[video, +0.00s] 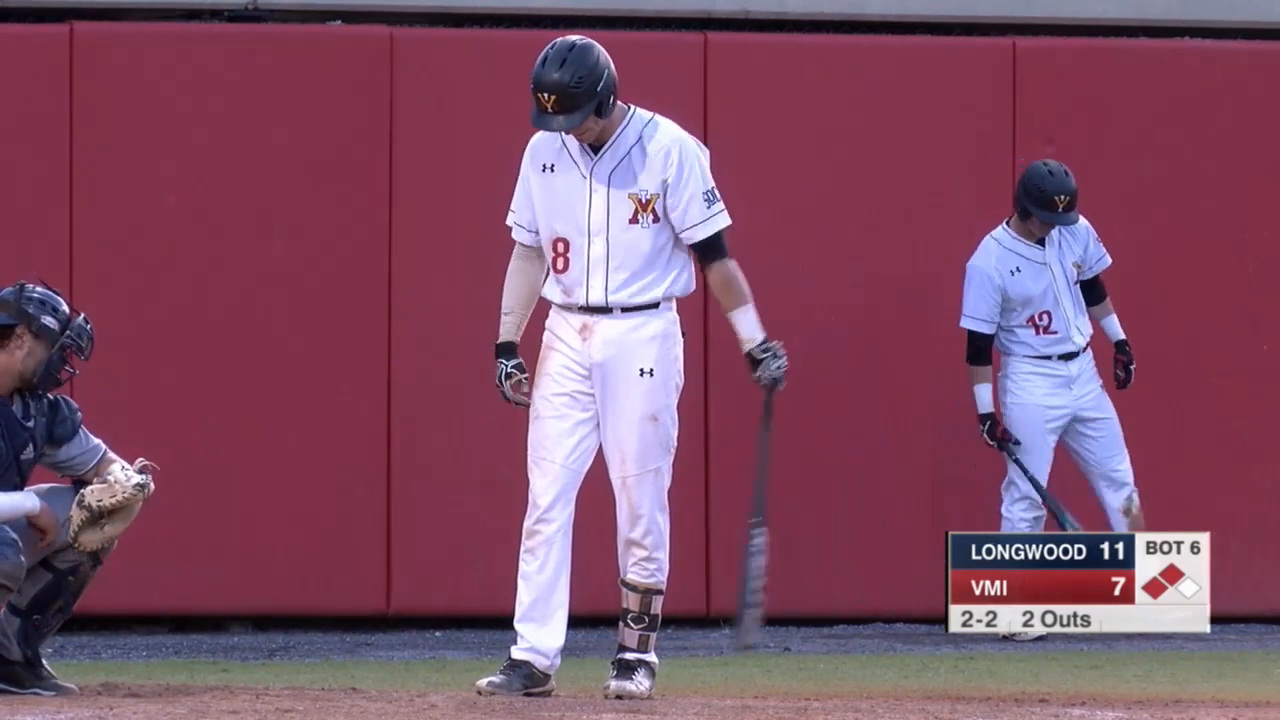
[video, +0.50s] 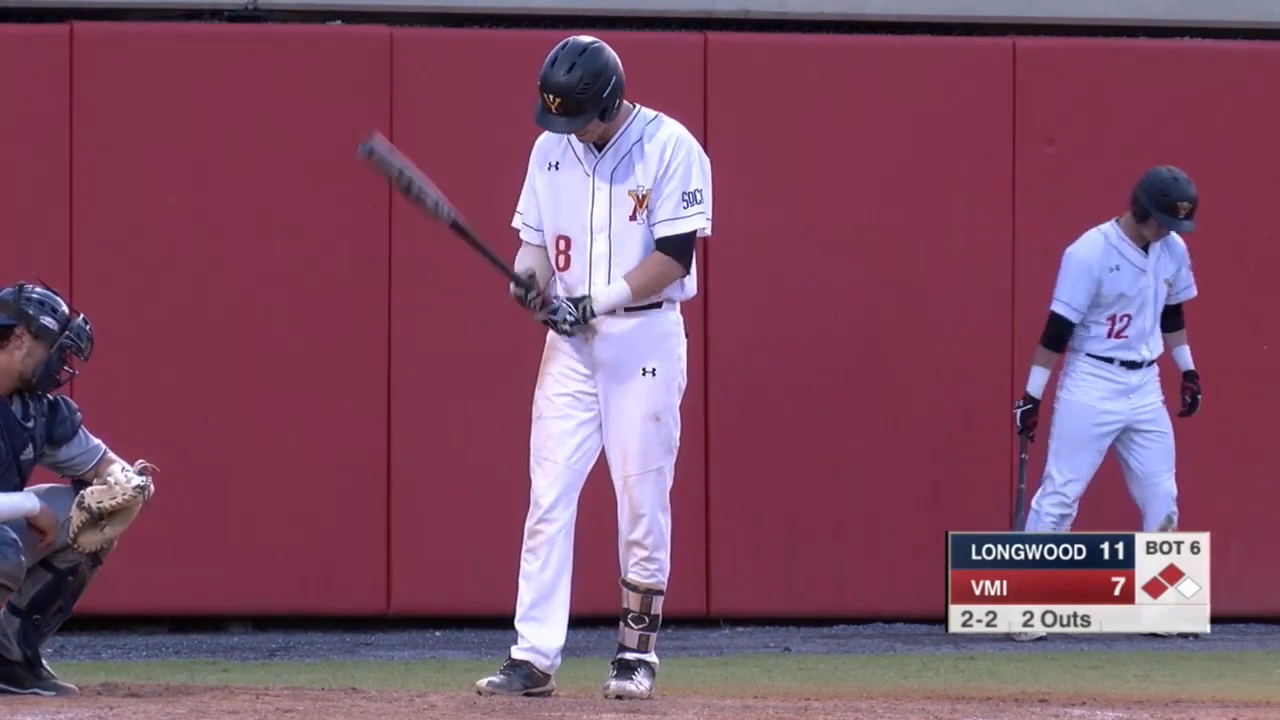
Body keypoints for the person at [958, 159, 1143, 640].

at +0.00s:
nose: (1059, 226)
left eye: (1063, 217)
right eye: (1051, 218)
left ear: (1067, 207)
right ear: (1026, 210)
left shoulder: (1073, 229)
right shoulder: (989, 261)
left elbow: (1094, 290)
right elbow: (978, 347)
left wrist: (1121, 342)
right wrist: (986, 414)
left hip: (1084, 376)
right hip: (1030, 384)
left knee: (1121, 487)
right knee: (1025, 501)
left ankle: (1146, 591)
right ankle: (1012, 607)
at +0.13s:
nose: (1075, 227)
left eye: (1080, 219)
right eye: (1068, 219)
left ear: (1084, 209)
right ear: (1043, 209)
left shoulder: (1089, 232)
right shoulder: (1005, 260)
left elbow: (1107, 295)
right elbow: (994, 346)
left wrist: (1133, 346)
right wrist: (995, 416)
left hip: (1096, 379)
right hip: (1040, 386)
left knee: (1133, 490)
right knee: (1030, 503)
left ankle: (1160, 596)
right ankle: (1011, 608)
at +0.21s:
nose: (1085, 228)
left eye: (1091, 220)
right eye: (1079, 220)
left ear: (1097, 211)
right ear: (1056, 209)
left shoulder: (1100, 234)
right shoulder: (1016, 259)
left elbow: (1116, 297)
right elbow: (1002, 344)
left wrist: (1141, 349)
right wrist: (999, 414)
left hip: (1103, 381)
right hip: (1047, 386)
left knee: (1139, 496)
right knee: (1033, 506)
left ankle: (1163, 604)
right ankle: (1011, 609)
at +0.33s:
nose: (1120, 230)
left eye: (1125, 222)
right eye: (1114, 221)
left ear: (1125, 216)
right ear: (1092, 210)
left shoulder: (1130, 242)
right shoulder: (1046, 259)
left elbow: (1141, 306)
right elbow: (1024, 340)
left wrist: (1163, 361)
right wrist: (1007, 410)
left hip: (1121, 385)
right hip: (1067, 387)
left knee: (1147, 496)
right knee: (1046, 503)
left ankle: (1161, 606)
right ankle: (1022, 607)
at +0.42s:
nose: (1150, 231)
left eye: (1155, 224)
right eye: (1145, 222)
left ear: (1156, 216)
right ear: (1123, 211)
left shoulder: (1155, 245)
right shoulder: (1072, 256)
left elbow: (1161, 312)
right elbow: (1044, 335)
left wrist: (1179, 369)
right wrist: (1021, 402)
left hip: (1137, 387)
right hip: (1082, 387)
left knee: (1157, 500)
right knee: (1054, 504)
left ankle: (1160, 609)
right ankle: (1016, 606)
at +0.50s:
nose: (1169, 231)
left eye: (1173, 224)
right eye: (1165, 222)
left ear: (1174, 219)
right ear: (1142, 210)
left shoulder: (1172, 247)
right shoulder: (1089, 252)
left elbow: (1172, 316)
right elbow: (1057, 330)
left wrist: (1189, 373)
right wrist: (1031, 398)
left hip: (1146, 387)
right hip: (1091, 385)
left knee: (1161, 498)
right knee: (1060, 497)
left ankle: (1160, 606)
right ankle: (1016, 598)